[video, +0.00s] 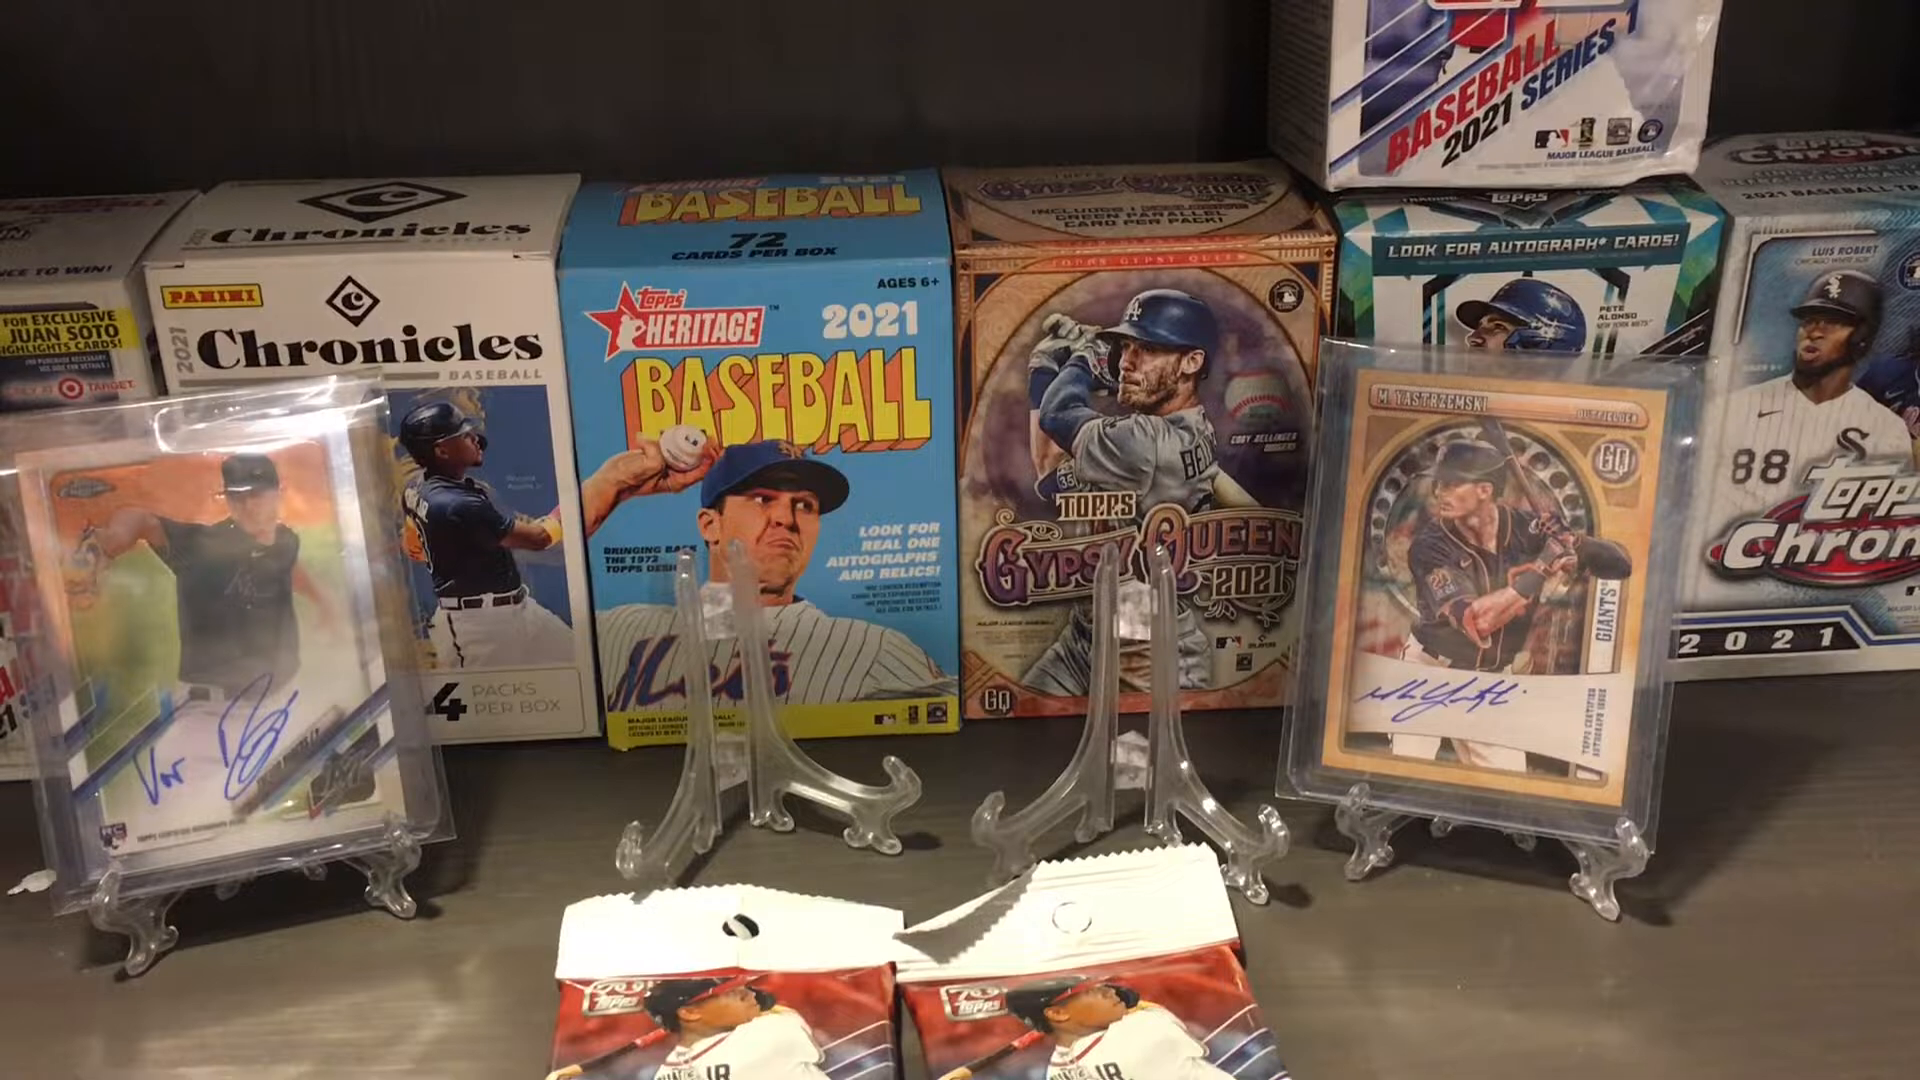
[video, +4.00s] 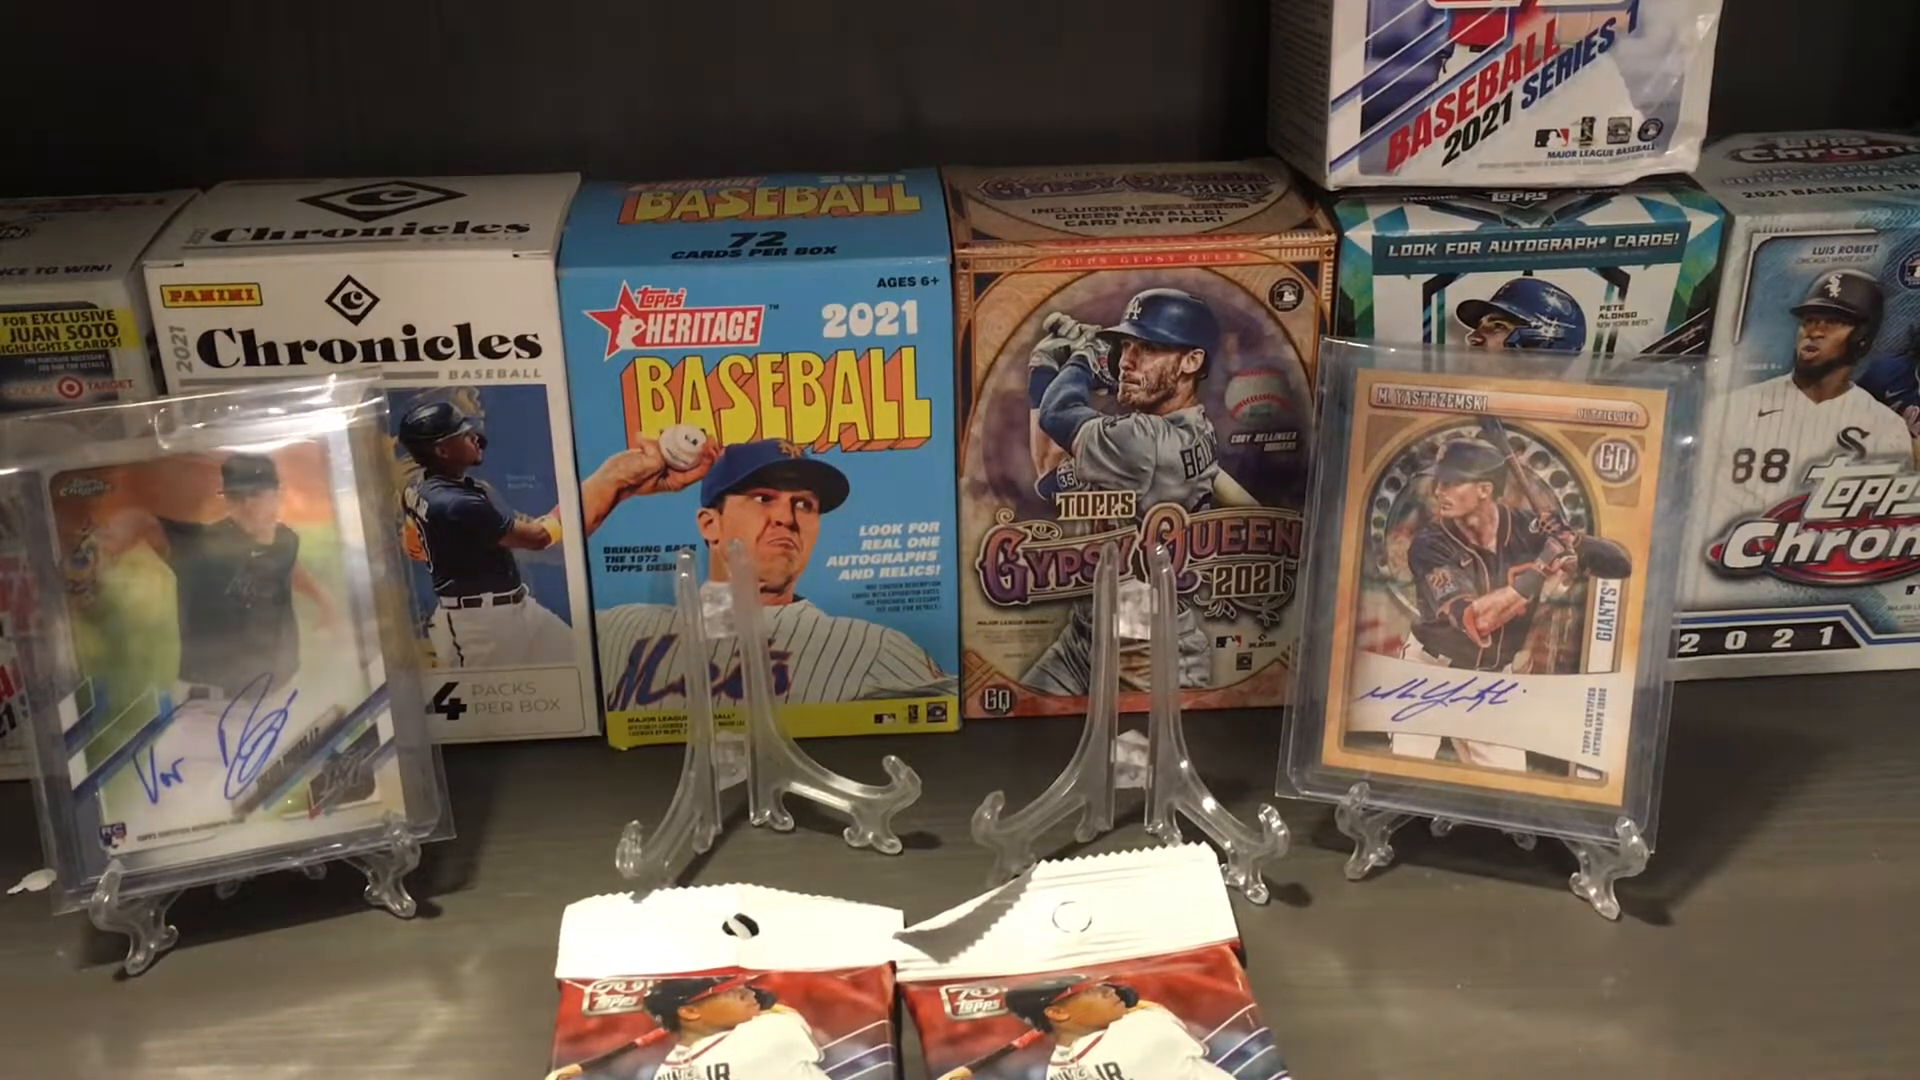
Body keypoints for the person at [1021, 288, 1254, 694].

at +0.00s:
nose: (1127, 362)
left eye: (1147, 350)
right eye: (1126, 348)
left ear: (1190, 363)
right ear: (1121, 349)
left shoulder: (1143, 441)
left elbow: (1060, 410)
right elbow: (1048, 475)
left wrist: (1086, 360)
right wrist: (1042, 372)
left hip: (1158, 647)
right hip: (1092, 638)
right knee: (1012, 736)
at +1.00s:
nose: (1128, 361)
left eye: (1148, 350)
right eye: (1127, 347)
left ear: (1190, 363)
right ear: (1121, 348)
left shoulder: (1141, 441)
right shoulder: (1187, 430)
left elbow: (1060, 410)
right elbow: (1049, 474)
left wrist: (1086, 361)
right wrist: (1041, 373)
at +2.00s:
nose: (1127, 361)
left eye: (1147, 350)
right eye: (1127, 347)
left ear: (1190, 362)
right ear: (1121, 347)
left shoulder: (1139, 439)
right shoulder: (1190, 431)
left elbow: (1060, 409)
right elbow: (1048, 476)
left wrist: (1085, 360)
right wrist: (1041, 371)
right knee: (1010, 737)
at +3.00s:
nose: (1127, 361)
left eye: (1147, 350)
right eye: (1126, 347)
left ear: (1190, 363)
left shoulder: (1139, 440)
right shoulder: (1190, 430)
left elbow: (1059, 408)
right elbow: (1048, 474)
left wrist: (1086, 360)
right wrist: (1041, 372)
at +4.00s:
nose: (1128, 361)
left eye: (1148, 349)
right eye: (1127, 347)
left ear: (1190, 363)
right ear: (1121, 348)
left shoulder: (1138, 440)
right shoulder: (1190, 430)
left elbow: (1059, 409)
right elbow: (1048, 476)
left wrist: (1087, 360)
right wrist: (1041, 373)